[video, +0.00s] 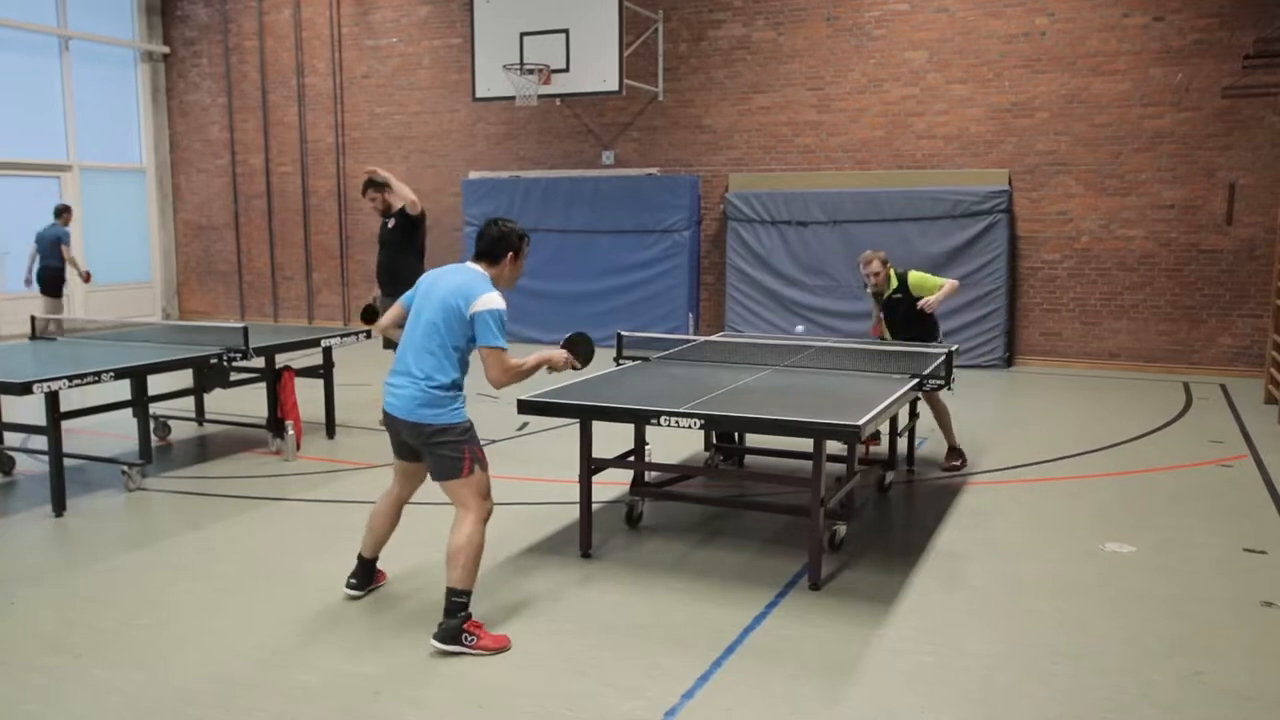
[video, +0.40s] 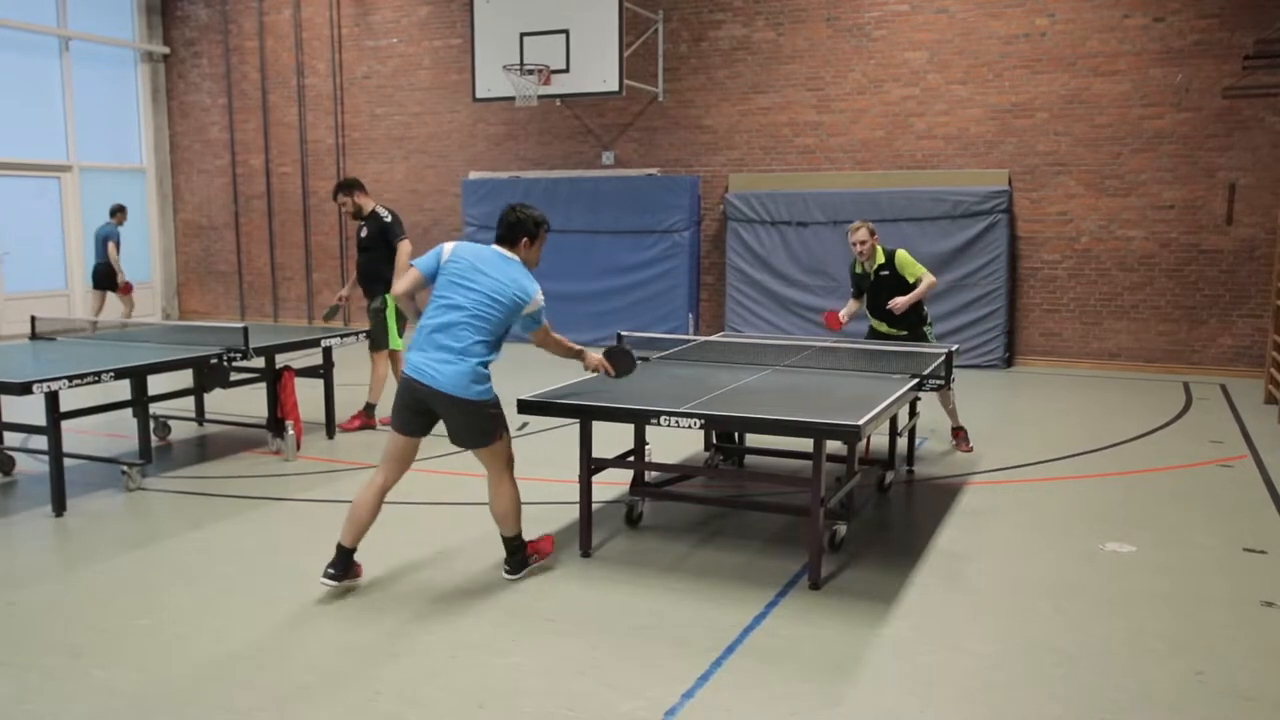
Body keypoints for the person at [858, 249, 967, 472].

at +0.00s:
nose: (872, 281)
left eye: (876, 274)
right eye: (867, 276)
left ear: (887, 270)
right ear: (863, 276)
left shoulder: (910, 280)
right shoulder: (874, 289)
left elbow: (953, 283)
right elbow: (877, 304)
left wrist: (937, 297)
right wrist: (876, 321)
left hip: (926, 348)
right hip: (896, 348)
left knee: (930, 395)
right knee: (872, 385)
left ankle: (953, 449)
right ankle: (871, 431)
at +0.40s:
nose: (859, 249)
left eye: (863, 243)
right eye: (854, 245)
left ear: (875, 240)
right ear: (851, 246)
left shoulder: (897, 257)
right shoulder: (857, 267)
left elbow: (930, 280)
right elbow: (858, 297)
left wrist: (908, 299)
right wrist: (846, 312)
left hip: (914, 333)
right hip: (878, 333)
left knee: (940, 380)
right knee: (863, 380)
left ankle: (957, 428)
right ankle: (861, 437)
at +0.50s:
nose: (857, 244)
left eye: (861, 238)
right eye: (852, 240)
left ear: (872, 235)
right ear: (848, 242)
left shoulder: (895, 251)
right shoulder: (857, 263)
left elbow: (917, 281)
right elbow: (859, 295)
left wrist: (886, 300)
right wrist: (847, 313)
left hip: (919, 325)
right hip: (885, 326)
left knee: (943, 377)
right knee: (863, 373)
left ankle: (965, 421)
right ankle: (861, 432)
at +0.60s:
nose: (855, 256)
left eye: (859, 249)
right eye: (850, 252)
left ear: (871, 247)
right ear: (847, 253)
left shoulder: (886, 263)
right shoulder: (859, 271)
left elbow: (881, 299)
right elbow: (868, 302)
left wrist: (851, 302)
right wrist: (852, 323)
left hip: (921, 332)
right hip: (890, 331)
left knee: (946, 389)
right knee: (862, 376)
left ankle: (986, 435)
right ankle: (859, 434)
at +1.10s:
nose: (884, 260)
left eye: (888, 254)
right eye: (879, 255)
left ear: (900, 254)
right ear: (874, 257)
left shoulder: (921, 268)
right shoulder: (873, 289)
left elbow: (953, 281)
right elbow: (845, 312)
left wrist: (955, 294)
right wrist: (818, 310)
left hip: (937, 344)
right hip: (898, 348)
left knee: (964, 389)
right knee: (869, 387)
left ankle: (986, 443)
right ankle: (862, 443)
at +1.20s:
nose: (885, 249)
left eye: (890, 243)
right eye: (881, 244)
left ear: (902, 242)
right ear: (877, 246)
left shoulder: (925, 257)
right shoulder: (878, 276)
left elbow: (958, 277)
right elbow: (852, 307)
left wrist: (951, 299)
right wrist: (832, 309)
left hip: (940, 332)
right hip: (904, 335)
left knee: (965, 384)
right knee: (871, 375)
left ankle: (990, 440)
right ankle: (861, 436)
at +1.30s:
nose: (888, 250)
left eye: (892, 244)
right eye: (883, 245)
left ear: (906, 243)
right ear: (880, 247)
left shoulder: (929, 260)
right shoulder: (882, 276)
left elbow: (961, 285)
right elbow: (866, 306)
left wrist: (935, 304)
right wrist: (850, 313)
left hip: (943, 335)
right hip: (907, 337)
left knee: (965, 390)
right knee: (882, 381)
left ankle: (991, 439)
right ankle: (877, 424)